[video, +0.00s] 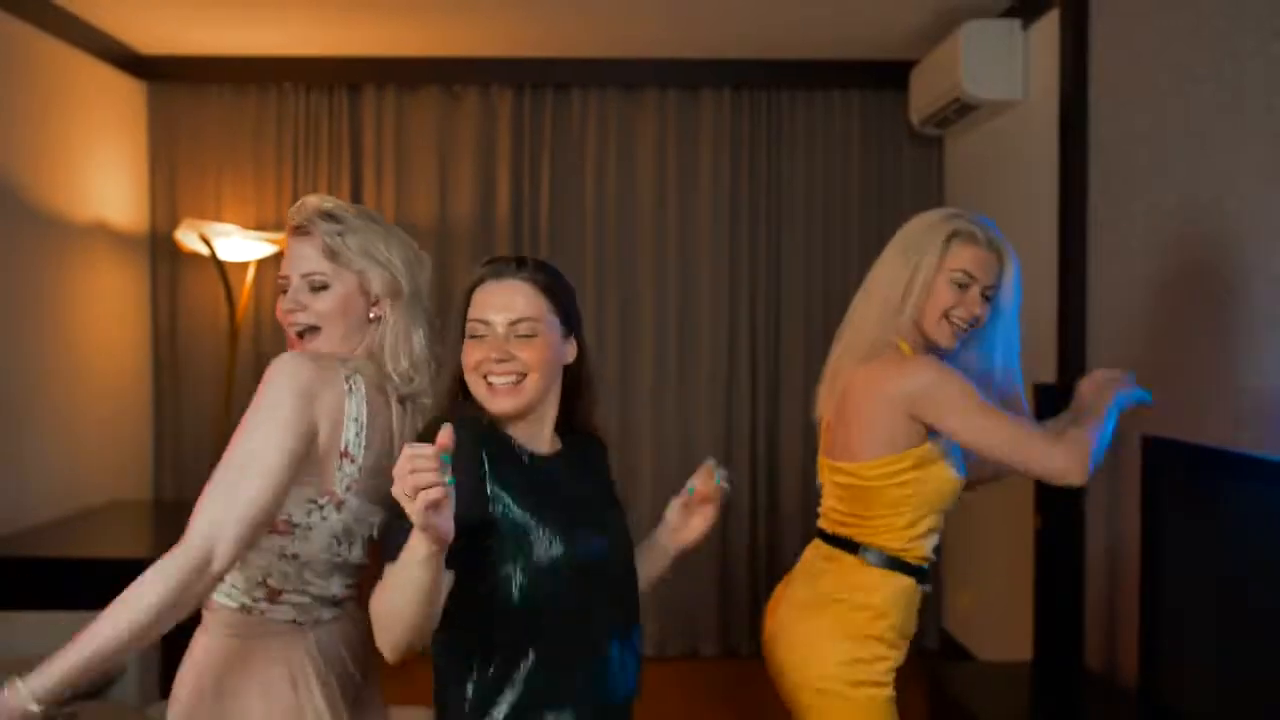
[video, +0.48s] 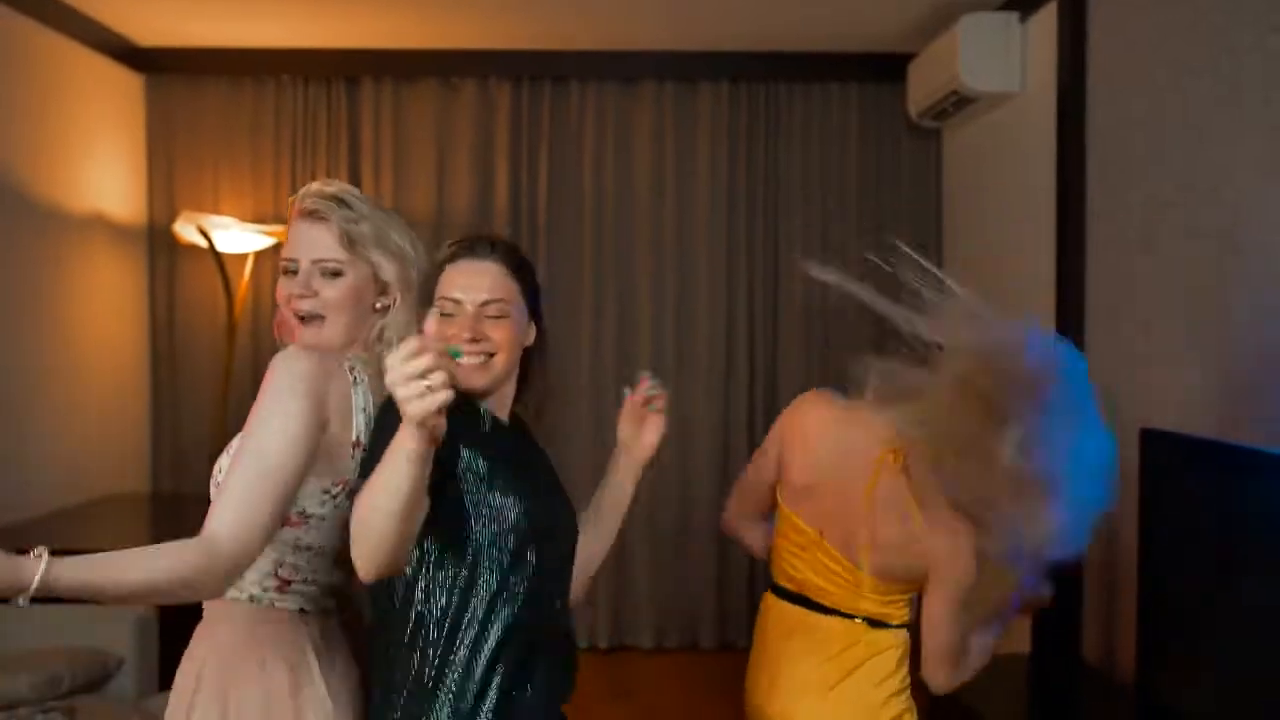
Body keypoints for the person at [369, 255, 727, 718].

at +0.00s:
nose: (497, 353)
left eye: (524, 333)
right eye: (479, 333)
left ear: (569, 347)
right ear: (460, 350)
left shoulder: (585, 457)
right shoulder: (453, 460)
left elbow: (600, 603)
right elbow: (393, 643)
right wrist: (427, 540)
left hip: (600, 708)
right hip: (495, 708)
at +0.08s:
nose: (491, 335)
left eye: (517, 316)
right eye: (472, 315)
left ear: (559, 328)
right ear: (452, 328)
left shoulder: (568, 426)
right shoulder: (445, 416)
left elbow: (584, 559)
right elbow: (380, 602)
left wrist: (660, 508)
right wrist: (415, 555)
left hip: (590, 700)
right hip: (494, 701)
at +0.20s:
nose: (484, 348)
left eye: (508, 328)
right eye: (462, 329)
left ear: (545, 344)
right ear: (440, 345)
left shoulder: (544, 455)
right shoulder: (427, 455)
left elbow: (586, 598)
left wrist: (660, 530)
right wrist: (418, 606)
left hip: (572, 704)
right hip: (479, 704)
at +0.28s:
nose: (479, 367)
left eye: (504, 347)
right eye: (457, 348)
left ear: (540, 362)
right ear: (434, 366)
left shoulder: (530, 486)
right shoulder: (420, 482)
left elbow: (577, 635)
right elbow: (402, 699)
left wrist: (632, 548)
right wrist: (429, 589)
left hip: (558, 709)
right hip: (470, 709)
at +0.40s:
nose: (476, 362)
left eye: (502, 343)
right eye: (456, 343)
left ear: (536, 362)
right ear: (433, 361)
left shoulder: (520, 483)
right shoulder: (420, 473)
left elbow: (568, 636)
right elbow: (377, 648)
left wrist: (608, 498)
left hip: (545, 705)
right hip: (451, 707)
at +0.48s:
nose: (470, 331)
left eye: (495, 314)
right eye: (449, 313)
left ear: (529, 330)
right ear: (427, 326)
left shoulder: (520, 443)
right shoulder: (412, 421)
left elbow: (564, 584)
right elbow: (371, 562)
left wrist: (627, 460)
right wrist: (415, 435)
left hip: (529, 702)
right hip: (431, 701)